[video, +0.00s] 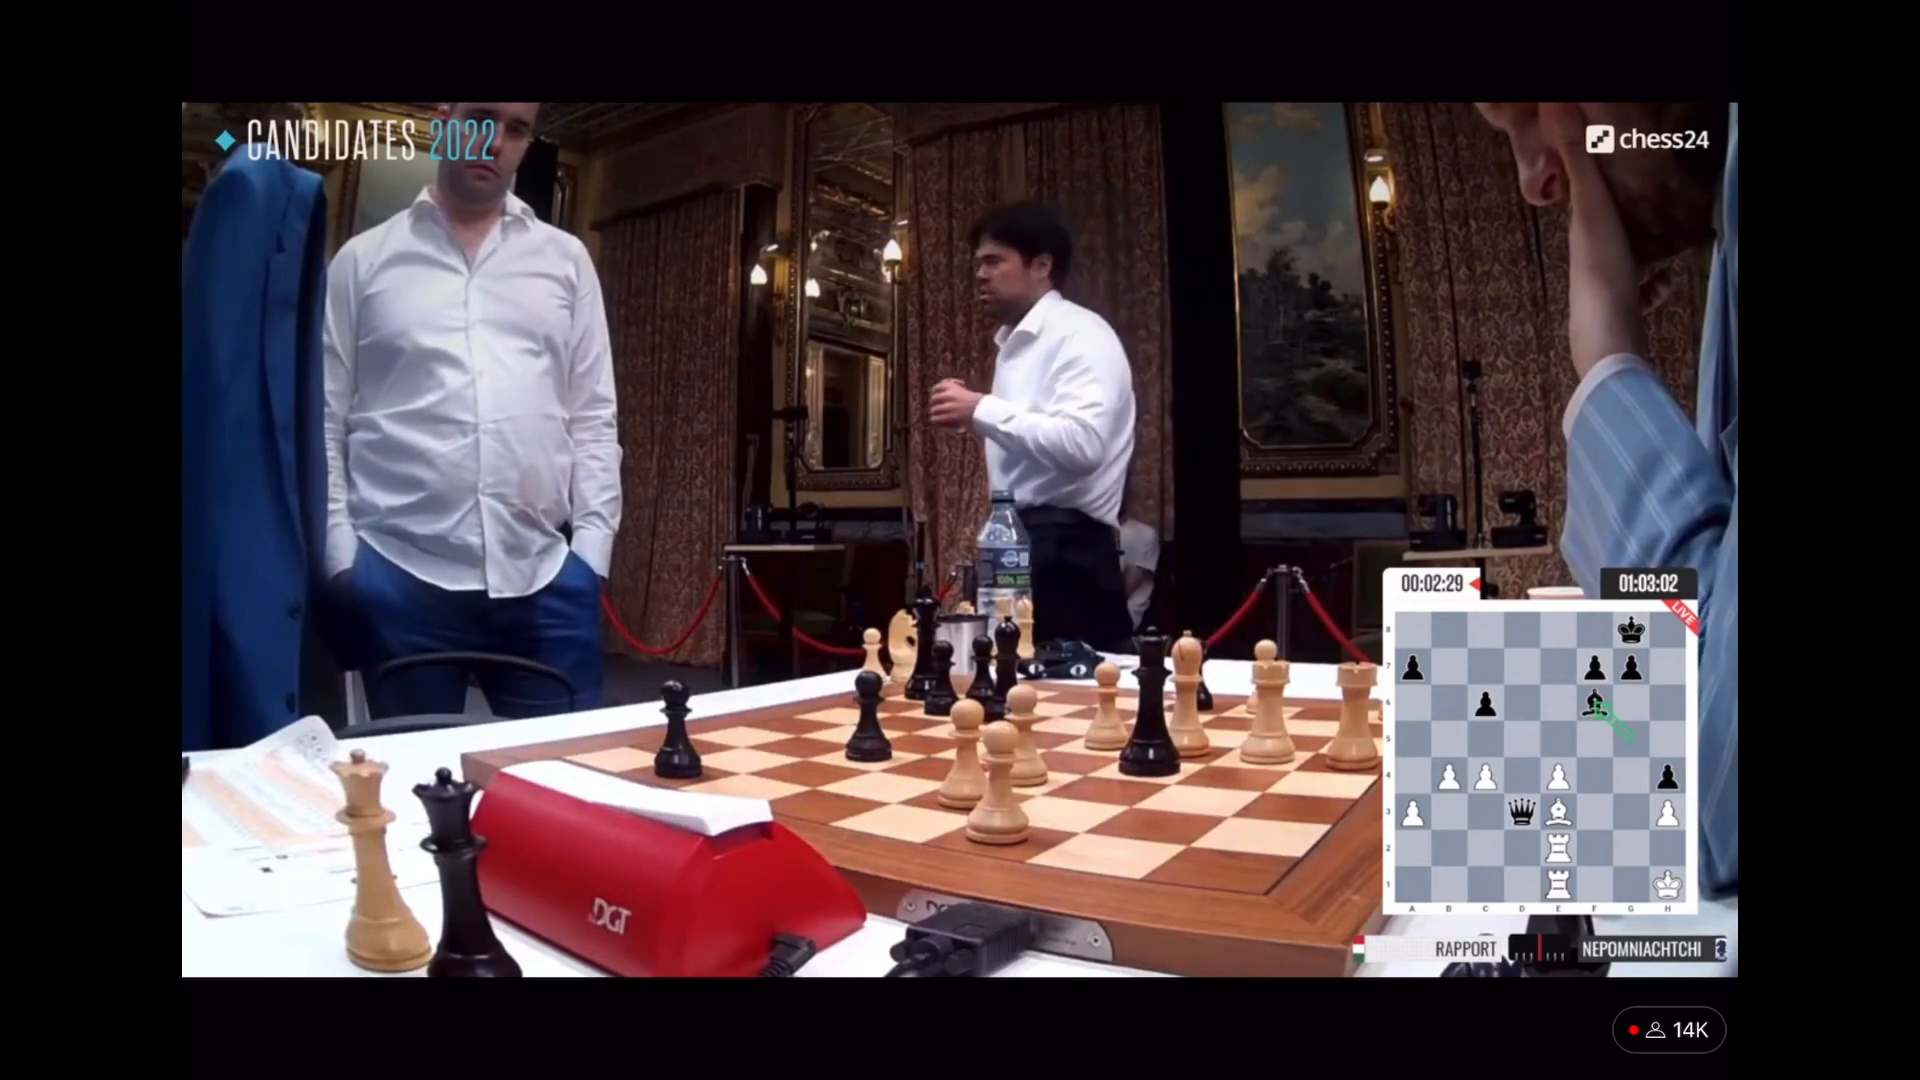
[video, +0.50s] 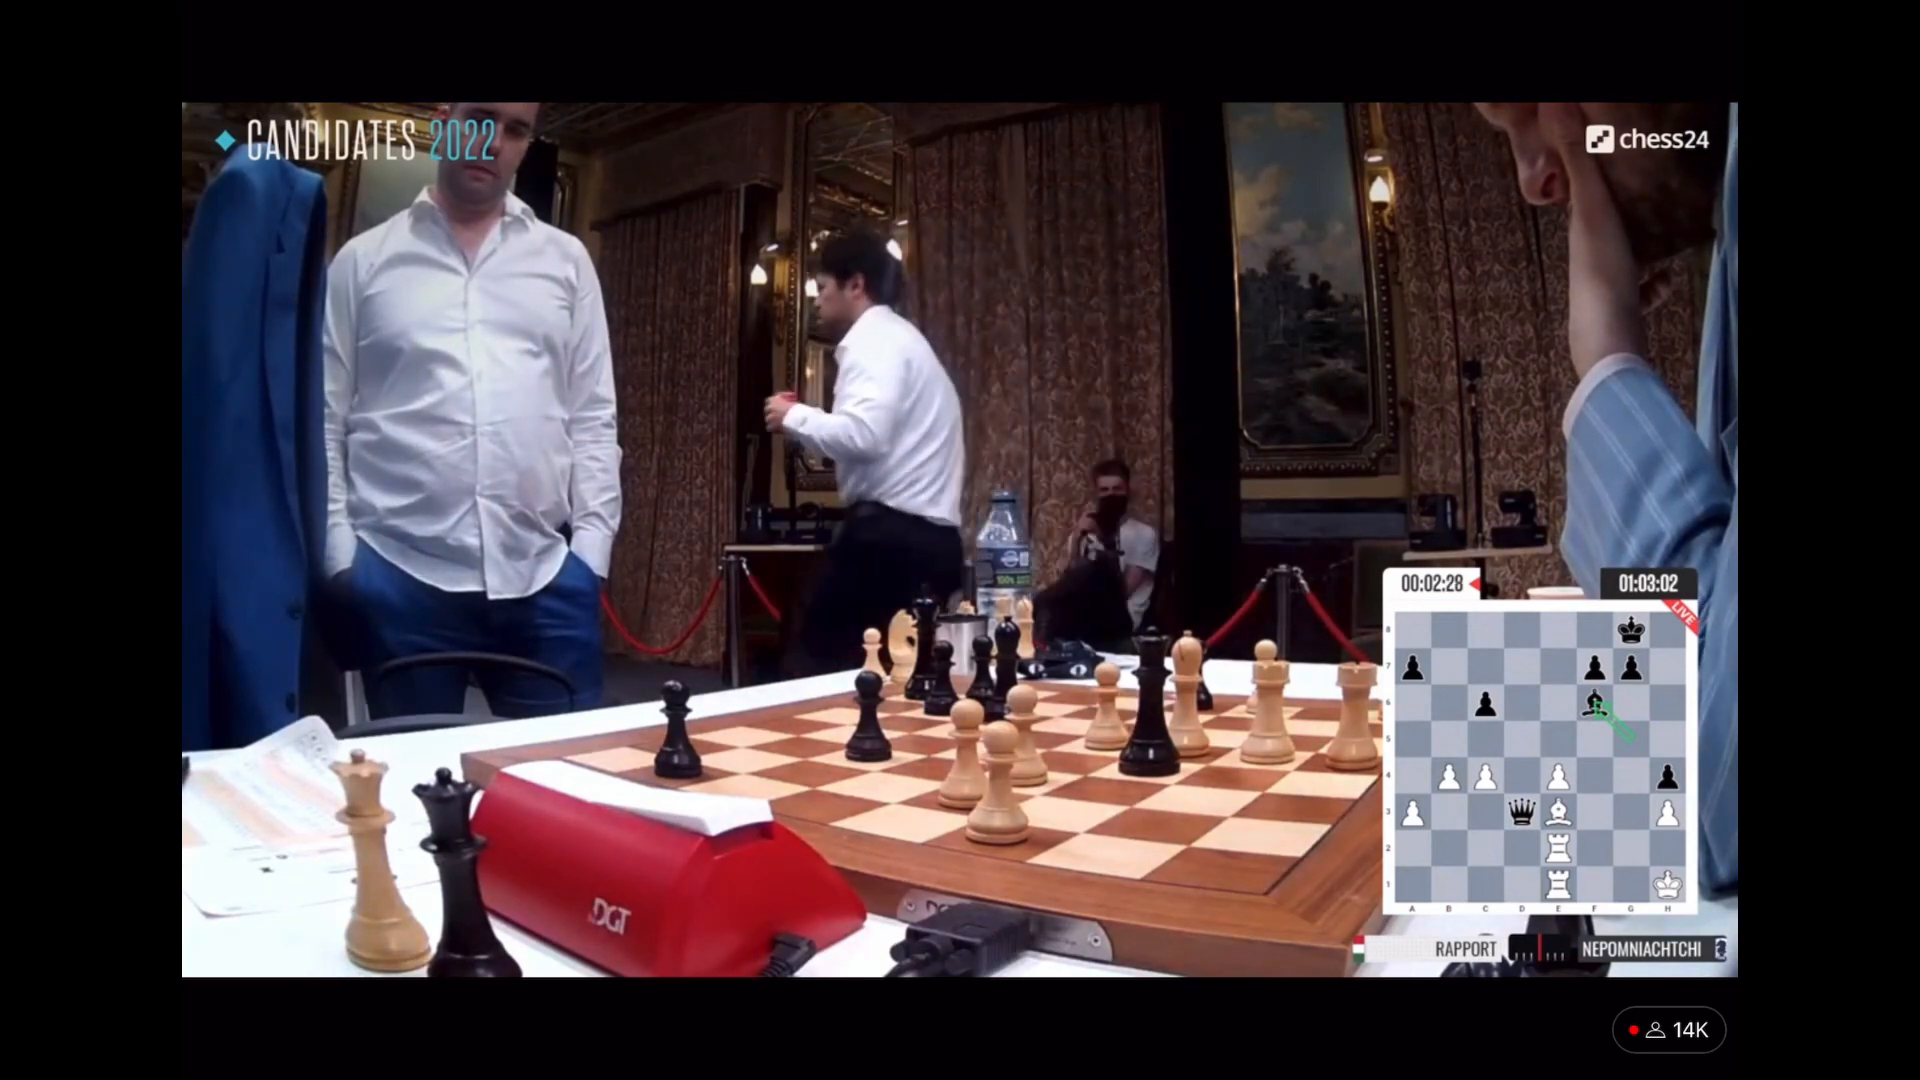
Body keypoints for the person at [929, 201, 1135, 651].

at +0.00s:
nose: (979, 275)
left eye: (993, 261)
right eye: (979, 264)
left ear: (1041, 266)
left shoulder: (1083, 336)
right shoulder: (1017, 345)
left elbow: (1082, 444)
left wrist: (981, 409)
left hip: (1069, 546)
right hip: (1022, 540)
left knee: (1085, 699)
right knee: (1030, 697)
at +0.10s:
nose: (953, 283)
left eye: (965, 269)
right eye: (954, 271)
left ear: (1011, 273)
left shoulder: (1055, 342)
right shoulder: (999, 349)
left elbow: (1044, 446)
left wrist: (951, 412)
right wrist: (948, 415)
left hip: (1045, 546)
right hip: (1002, 539)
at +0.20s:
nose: (926, 289)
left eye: (936, 275)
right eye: (926, 278)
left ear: (981, 276)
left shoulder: (1021, 344)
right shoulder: (976, 348)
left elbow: (1009, 449)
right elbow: (979, 447)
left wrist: (920, 414)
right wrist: (917, 418)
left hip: (1007, 544)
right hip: (972, 537)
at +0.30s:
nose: (883, 289)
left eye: (891, 275)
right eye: (883, 277)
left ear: (931, 275)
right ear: (929, 277)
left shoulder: (963, 337)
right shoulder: (947, 337)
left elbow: (956, 442)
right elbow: (945, 437)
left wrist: (872, 415)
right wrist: (873, 415)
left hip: (956, 532)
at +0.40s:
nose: (863, 288)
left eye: (871, 275)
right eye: (866, 276)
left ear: (908, 278)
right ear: (906, 279)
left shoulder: (934, 335)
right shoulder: (935, 332)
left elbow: (927, 436)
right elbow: (922, 433)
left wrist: (849, 414)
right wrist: (851, 415)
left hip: (930, 526)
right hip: (942, 525)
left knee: (873, 647)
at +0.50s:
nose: (818, 301)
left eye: (824, 288)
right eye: (819, 289)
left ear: (856, 287)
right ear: (859, 288)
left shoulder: (876, 337)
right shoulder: (907, 339)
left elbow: (864, 435)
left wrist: (795, 417)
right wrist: (803, 422)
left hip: (887, 538)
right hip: (935, 543)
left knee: (817, 661)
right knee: (908, 676)